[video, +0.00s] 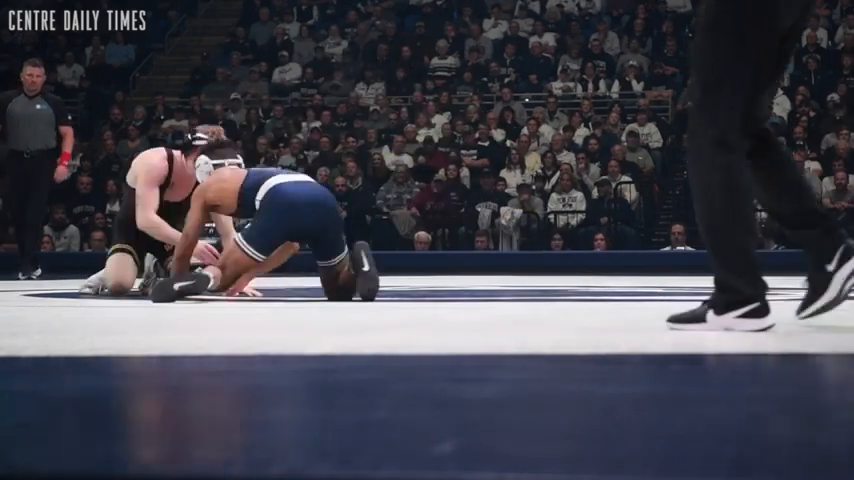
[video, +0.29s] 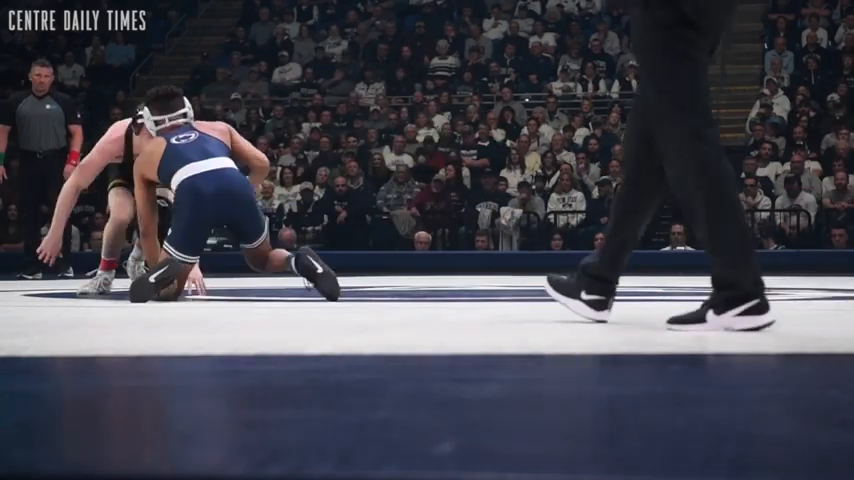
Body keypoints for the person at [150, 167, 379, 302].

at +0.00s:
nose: (198, 182)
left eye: (199, 177)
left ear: (205, 173)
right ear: (233, 167)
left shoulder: (205, 189)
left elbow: (185, 247)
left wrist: (178, 283)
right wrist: (243, 277)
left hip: (283, 200)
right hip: (324, 200)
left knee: (222, 274)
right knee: (337, 292)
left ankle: (190, 284)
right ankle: (358, 270)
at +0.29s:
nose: (142, 130)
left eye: (143, 124)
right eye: (141, 125)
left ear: (150, 125)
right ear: (187, 114)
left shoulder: (145, 159)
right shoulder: (218, 128)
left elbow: (147, 230)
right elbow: (260, 162)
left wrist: (158, 276)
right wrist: (248, 193)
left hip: (194, 199)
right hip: (237, 191)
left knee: (171, 289)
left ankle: (157, 282)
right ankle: (299, 262)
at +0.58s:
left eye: (157, 104)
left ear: (158, 106)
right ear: (195, 99)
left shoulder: (148, 139)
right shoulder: (219, 118)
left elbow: (149, 212)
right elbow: (239, 170)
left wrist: (152, 261)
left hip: (178, 197)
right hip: (221, 191)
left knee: (164, 287)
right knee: (221, 215)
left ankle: (157, 277)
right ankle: (210, 274)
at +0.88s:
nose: (185, 211)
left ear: (186, 92)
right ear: (217, 89)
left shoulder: (172, 106)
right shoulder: (238, 103)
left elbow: (163, 182)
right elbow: (236, 157)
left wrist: (166, 246)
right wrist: (200, 189)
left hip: (165, 148)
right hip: (206, 147)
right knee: (219, 206)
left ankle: (145, 246)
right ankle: (211, 272)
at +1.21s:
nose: (239, 47)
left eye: (237, 44)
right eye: (239, 43)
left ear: (204, 42)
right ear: (234, 43)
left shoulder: (178, 60)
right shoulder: (236, 63)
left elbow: (124, 103)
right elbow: (236, 99)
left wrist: (154, 148)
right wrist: (220, 147)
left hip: (140, 118)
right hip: (177, 115)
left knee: (148, 205)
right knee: (218, 194)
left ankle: (125, 275)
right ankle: (210, 272)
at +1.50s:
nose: (288, 50)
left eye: (288, 46)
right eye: (289, 44)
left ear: (259, 32)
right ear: (286, 37)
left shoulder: (235, 47)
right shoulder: (273, 49)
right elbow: (258, 82)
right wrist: (247, 137)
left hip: (171, 113)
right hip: (201, 114)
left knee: (162, 204)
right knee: (252, 196)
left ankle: (127, 276)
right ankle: (260, 279)